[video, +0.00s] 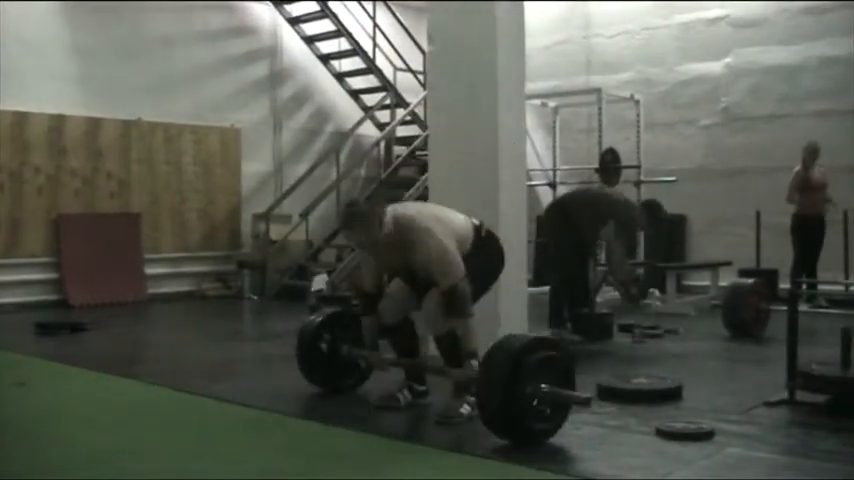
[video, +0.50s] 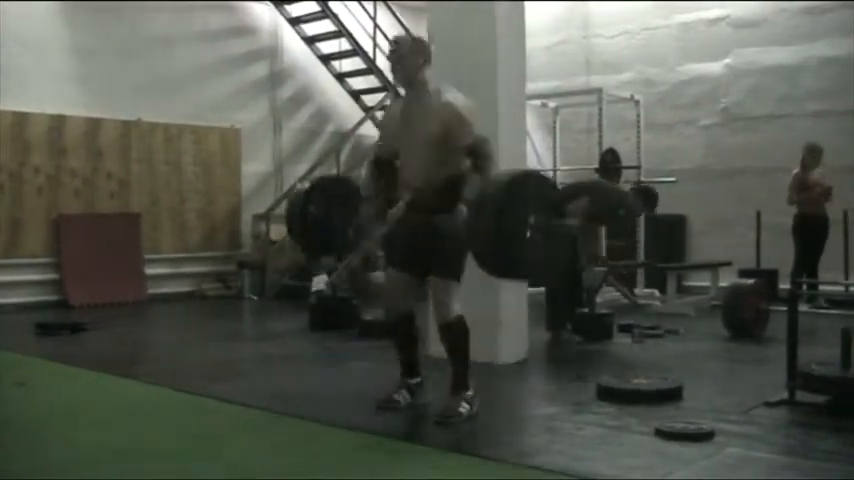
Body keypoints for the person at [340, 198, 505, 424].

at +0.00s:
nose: (364, 247)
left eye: (366, 240)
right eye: (358, 242)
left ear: (379, 223)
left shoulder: (425, 232)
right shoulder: (371, 241)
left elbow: (460, 295)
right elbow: (371, 299)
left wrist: (470, 356)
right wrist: (372, 352)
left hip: (478, 252)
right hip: (432, 257)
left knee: (436, 311)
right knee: (390, 307)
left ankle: (465, 394)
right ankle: (416, 385)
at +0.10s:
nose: (360, 232)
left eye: (362, 223)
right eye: (355, 226)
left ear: (379, 210)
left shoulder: (424, 222)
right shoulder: (374, 228)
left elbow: (462, 279)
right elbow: (380, 278)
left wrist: (467, 336)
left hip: (479, 238)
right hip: (435, 245)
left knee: (442, 307)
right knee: (398, 305)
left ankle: (463, 397)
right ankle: (416, 386)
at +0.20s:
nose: (356, 214)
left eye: (361, 206)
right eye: (351, 207)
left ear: (381, 195)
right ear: (346, 201)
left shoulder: (424, 210)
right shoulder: (369, 213)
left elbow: (462, 259)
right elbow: (372, 258)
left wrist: (467, 318)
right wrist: (334, 284)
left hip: (477, 226)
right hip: (429, 235)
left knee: (445, 303)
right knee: (406, 302)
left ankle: (464, 396)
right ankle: (415, 386)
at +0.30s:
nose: (354, 163)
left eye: (360, 155)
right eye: (351, 156)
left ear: (380, 147)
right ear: (348, 152)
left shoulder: (417, 171)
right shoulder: (363, 179)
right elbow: (371, 228)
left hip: (467, 216)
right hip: (424, 224)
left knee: (450, 299)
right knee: (407, 298)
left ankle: (464, 394)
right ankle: (415, 386)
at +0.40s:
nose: (362, 120)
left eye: (367, 110)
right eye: (360, 112)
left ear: (389, 106)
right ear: (371, 112)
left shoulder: (426, 139)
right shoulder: (383, 152)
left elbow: (461, 193)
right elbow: (376, 201)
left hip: (457, 216)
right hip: (418, 221)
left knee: (445, 299)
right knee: (405, 300)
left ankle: (463, 395)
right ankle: (415, 385)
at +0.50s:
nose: (394, 65)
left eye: (401, 57)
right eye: (392, 58)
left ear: (423, 59)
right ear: (393, 64)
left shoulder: (449, 109)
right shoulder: (394, 112)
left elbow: (482, 157)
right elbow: (383, 160)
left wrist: (463, 196)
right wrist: (385, 198)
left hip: (447, 216)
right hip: (406, 215)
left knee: (443, 303)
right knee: (399, 300)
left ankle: (462, 393)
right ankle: (410, 384)